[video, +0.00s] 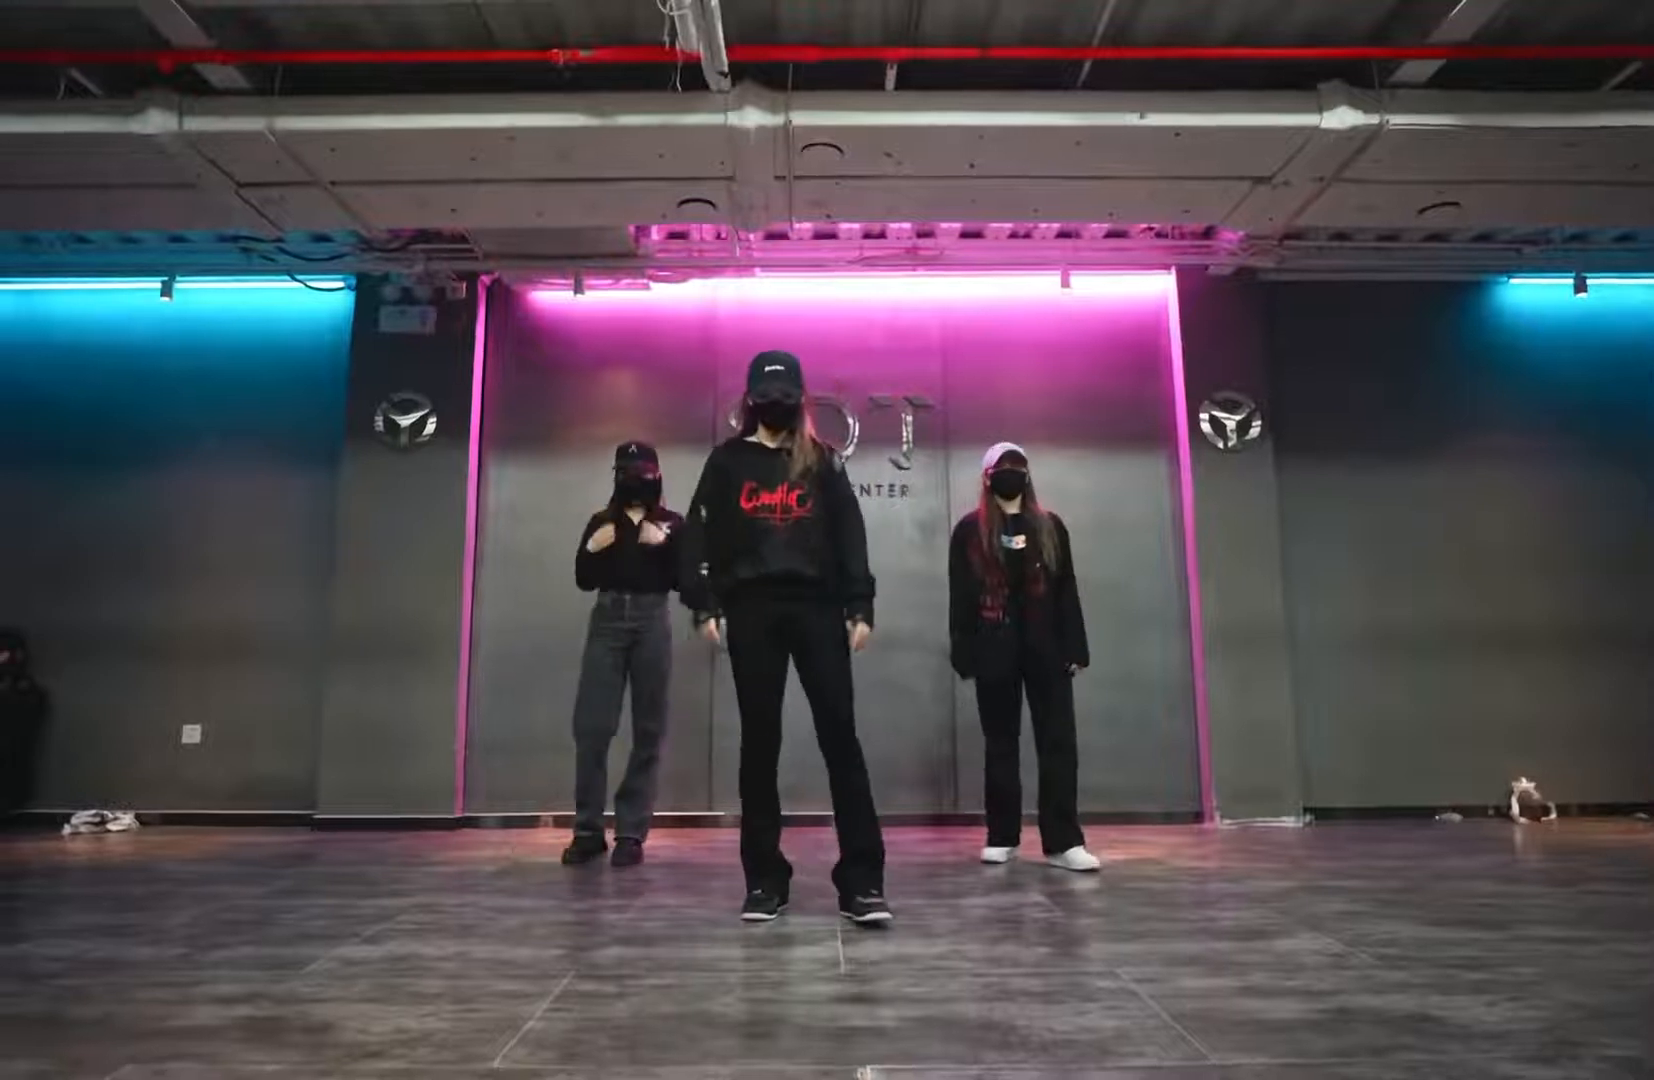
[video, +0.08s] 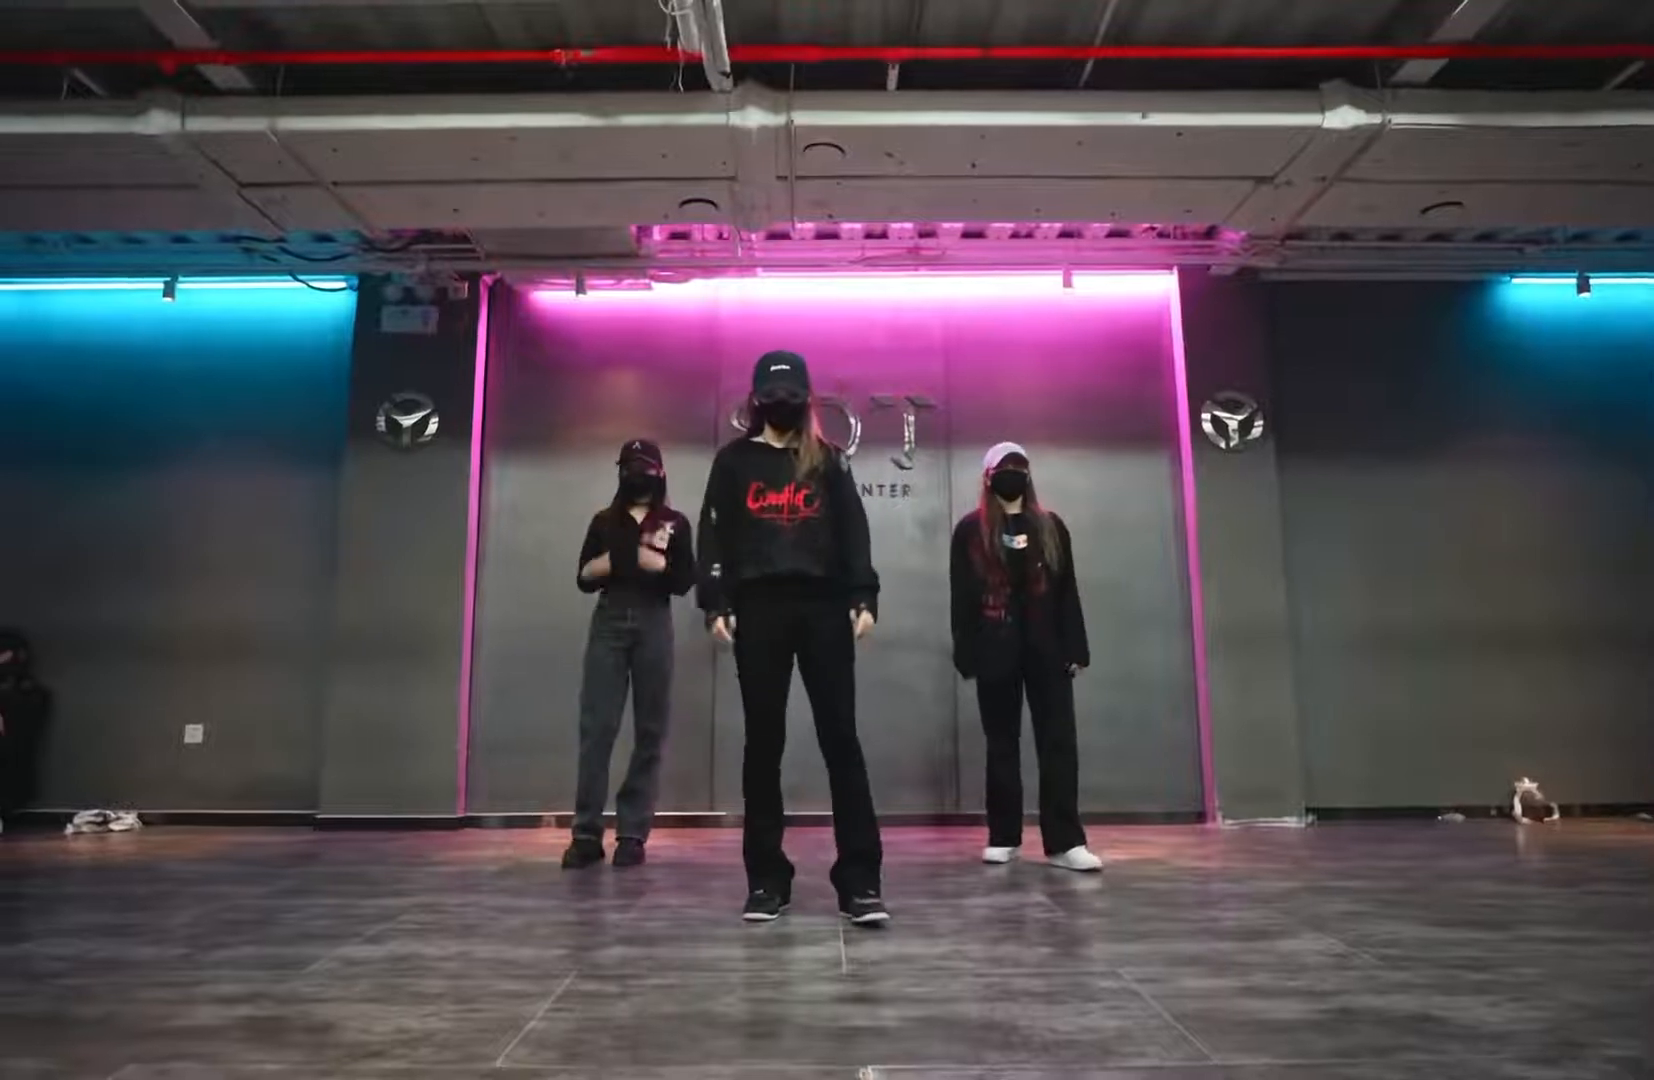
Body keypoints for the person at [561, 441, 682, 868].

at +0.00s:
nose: (638, 491)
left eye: (645, 482)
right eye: (631, 482)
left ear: (657, 481)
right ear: (618, 480)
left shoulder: (675, 526)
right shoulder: (600, 523)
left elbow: (685, 584)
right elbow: (583, 579)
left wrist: (660, 546)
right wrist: (598, 547)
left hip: (653, 625)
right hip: (607, 622)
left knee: (648, 732)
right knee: (591, 727)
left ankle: (630, 834)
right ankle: (588, 831)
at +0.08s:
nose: (641, 485)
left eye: (648, 478)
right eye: (634, 477)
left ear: (660, 478)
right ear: (622, 476)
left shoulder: (675, 524)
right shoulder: (604, 521)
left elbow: (684, 582)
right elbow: (584, 578)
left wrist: (655, 563)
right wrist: (618, 559)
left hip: (654, 627)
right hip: (608, 624)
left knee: (649, 733)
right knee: (596, 728)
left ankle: (633, 835)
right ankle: (587, 836)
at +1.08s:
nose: (632, 487)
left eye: (640, 481)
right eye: (626, 481)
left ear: (653, 484)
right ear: (616, 484)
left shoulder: (668, 531)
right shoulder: (597, 530)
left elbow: (673, 581)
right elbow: (577, 579)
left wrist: (665, 617)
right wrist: (580, 612)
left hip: (649, 631)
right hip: (604, 629)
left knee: (648, 731)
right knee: (606, 731)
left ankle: (643, 830)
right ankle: (613, 822)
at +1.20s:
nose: (629, 488)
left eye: (636, 482)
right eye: (622, 482)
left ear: (648, 485)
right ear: (612, 485)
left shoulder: (662, 531)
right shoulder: (593, 531)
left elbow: (667, 589)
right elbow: (577, 586)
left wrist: (659, 637)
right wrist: (577, 630)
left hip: (644, 632)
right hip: (601, 631)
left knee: (643, 731)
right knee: (604, 733)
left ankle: (641, 828)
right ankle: (611, 822)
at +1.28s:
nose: (627, 489)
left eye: (634, 483)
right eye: (620, 483)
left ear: (646, 486)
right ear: (610, 487)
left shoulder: (661, 532)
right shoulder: (591, 532)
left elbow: (667, 589)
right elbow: (577, 589)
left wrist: (662, 636)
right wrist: (576, 638)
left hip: (644, 630)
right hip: (600, 629)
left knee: (640, 729)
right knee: (602, 730)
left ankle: (641, 827)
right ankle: (610, 821)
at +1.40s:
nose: (627, 486)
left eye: (634, 480)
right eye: (619, 480)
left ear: (646, 485)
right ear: (609, 486)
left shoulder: (660, 532)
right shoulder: (591, 532)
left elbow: (673, 587)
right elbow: (576, 588)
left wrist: (670, 634)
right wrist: (572, 640)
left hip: (645, 631)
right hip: (598, 629)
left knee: (641, 726)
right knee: (601, 728)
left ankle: (644, 827)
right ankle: (610, 821)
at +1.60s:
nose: (629, 483)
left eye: (637, 477)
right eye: (622, 477)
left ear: (649, 483)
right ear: (612, 484)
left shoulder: (662, 531)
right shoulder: (595, 529)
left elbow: (674, 586)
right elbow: (579, 583)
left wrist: (683, 635)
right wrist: (570, 629)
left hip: (649, 628)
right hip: (602, 626)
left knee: (643, 726)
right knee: (603, 728)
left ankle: (653, 824)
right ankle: (609, 822)